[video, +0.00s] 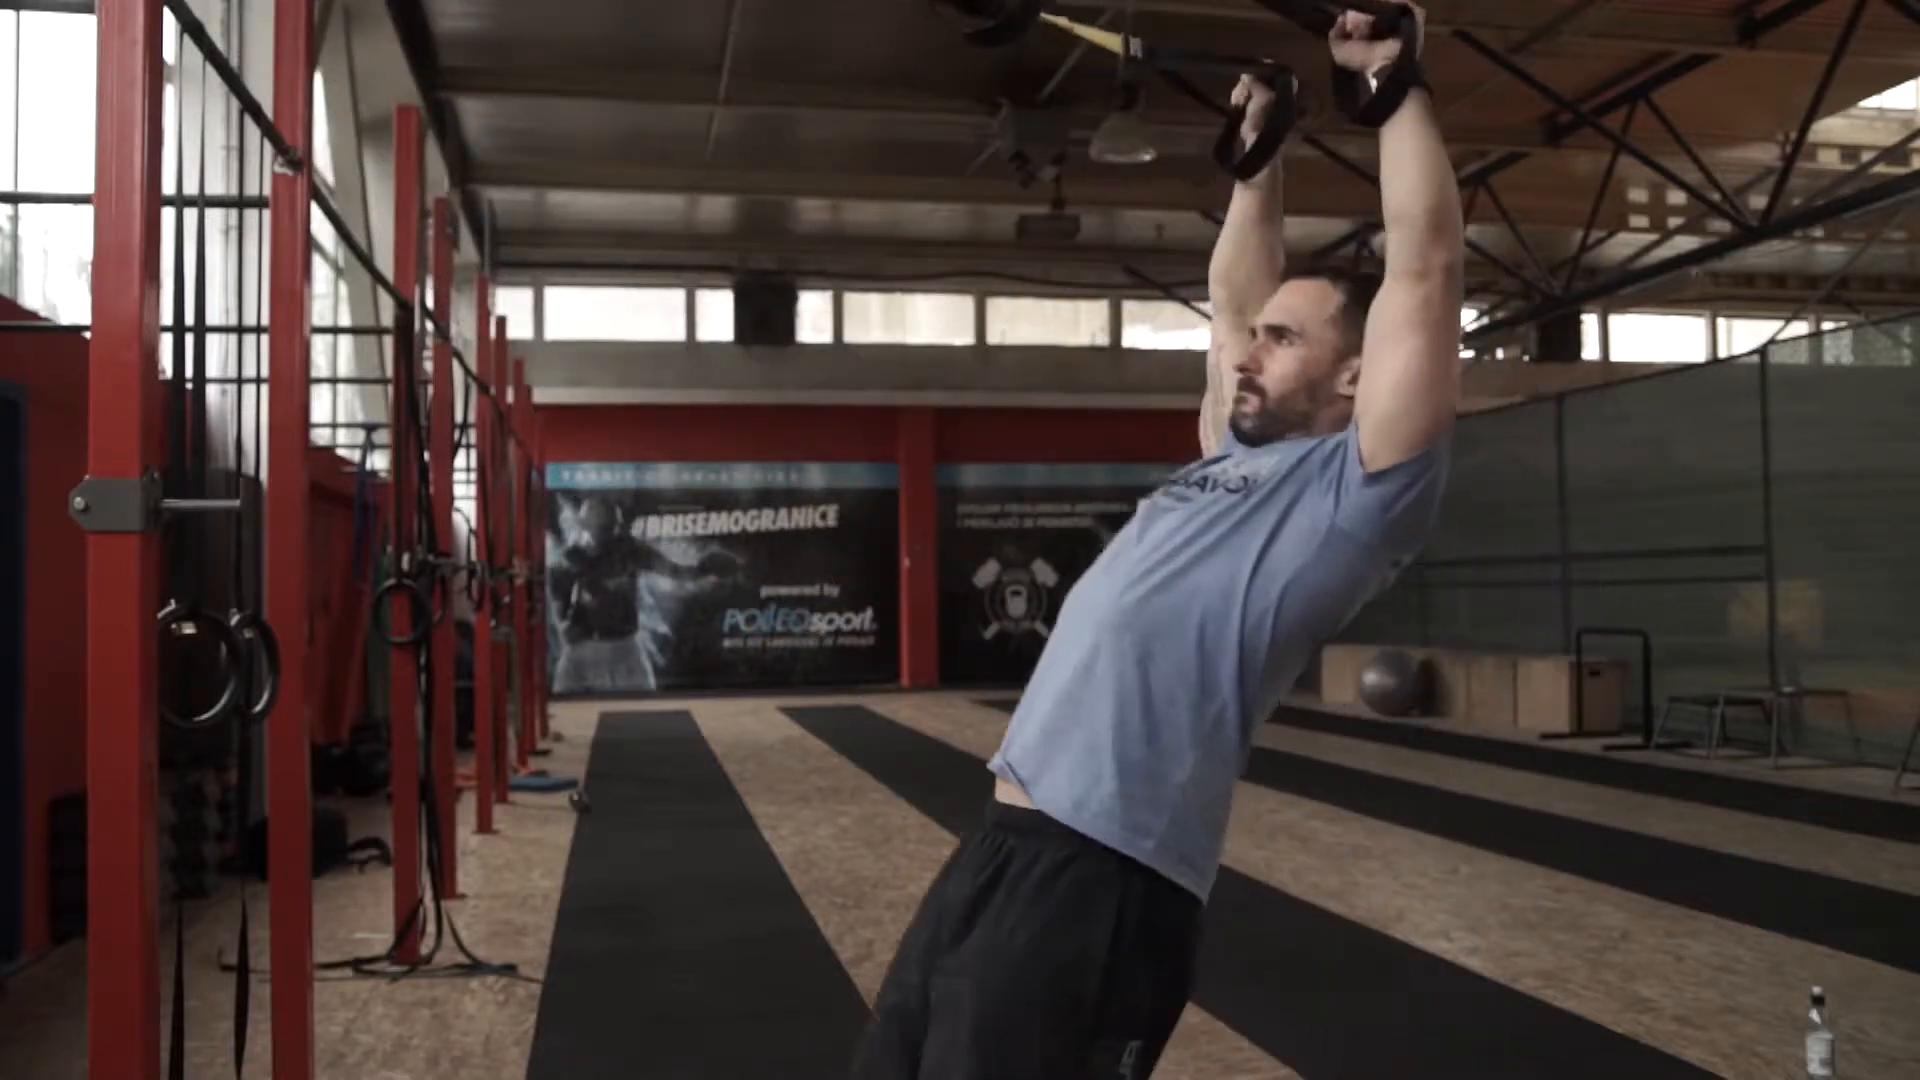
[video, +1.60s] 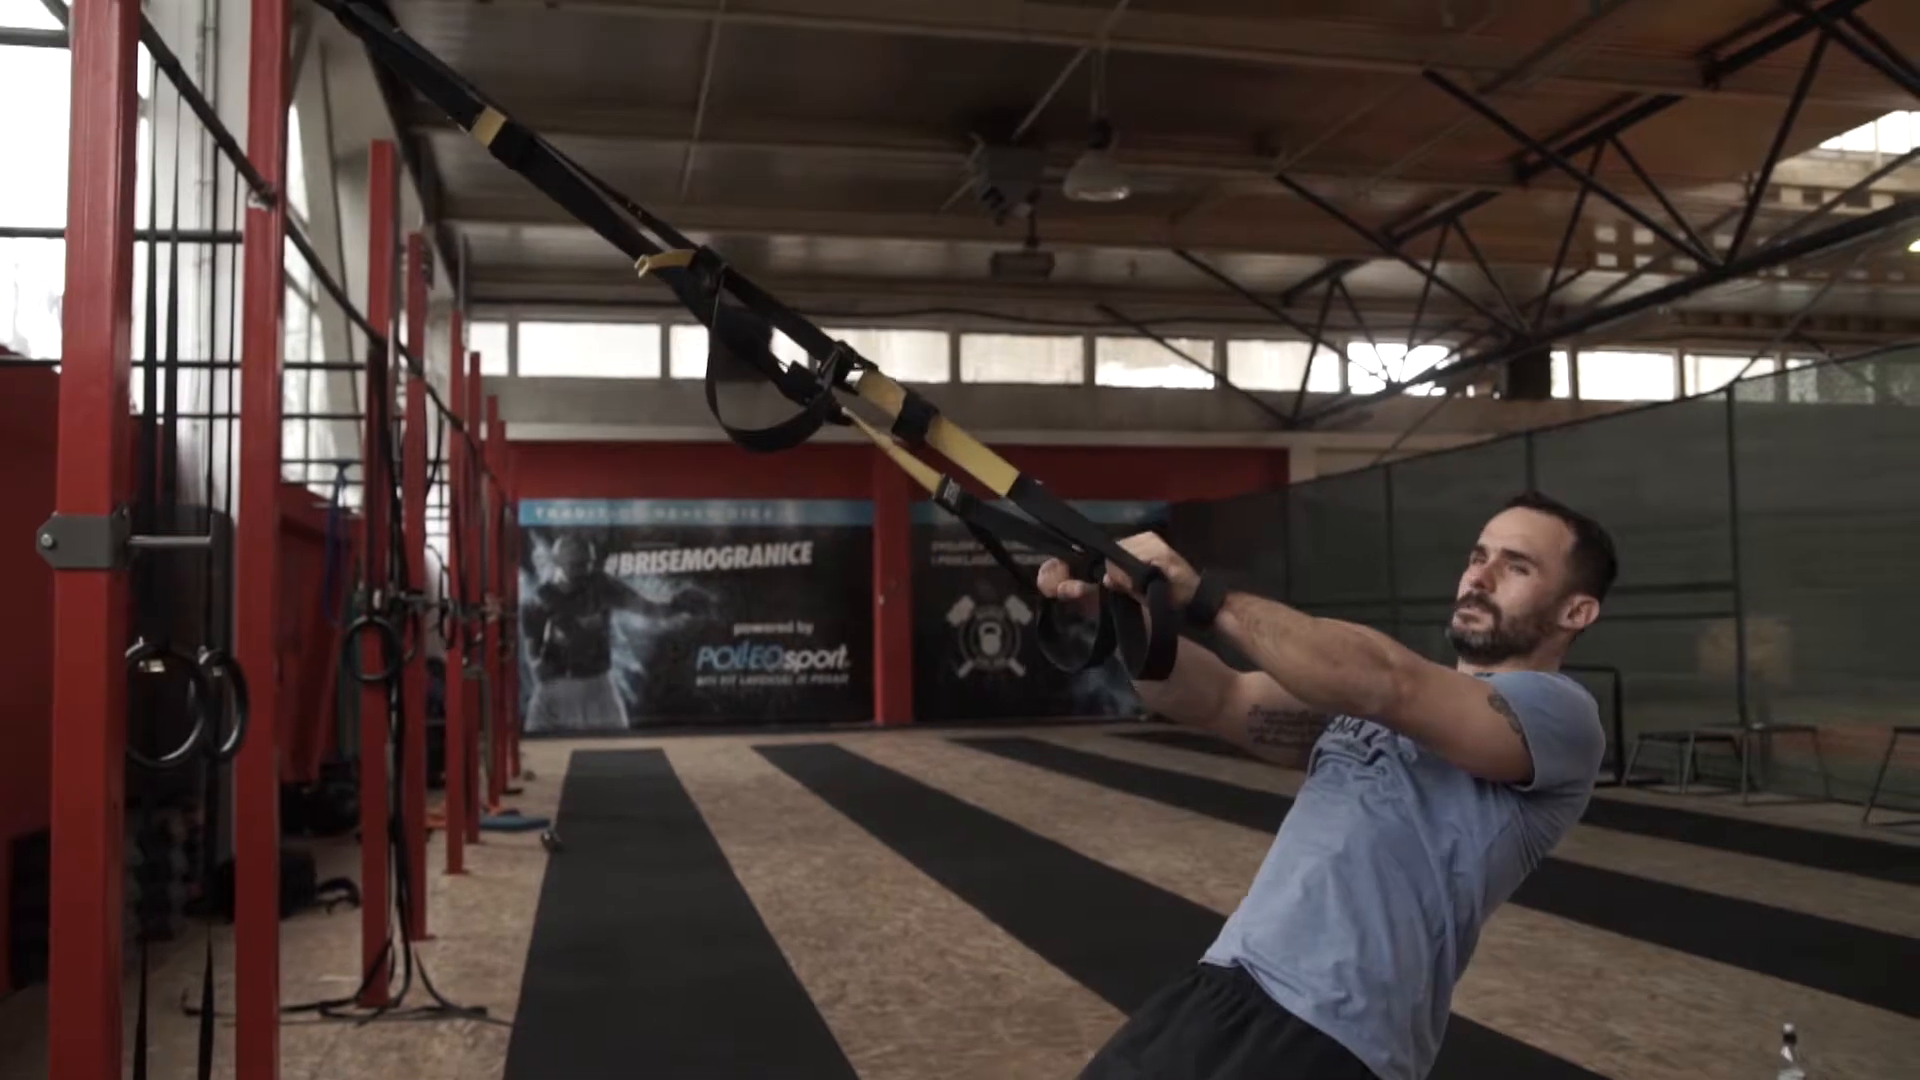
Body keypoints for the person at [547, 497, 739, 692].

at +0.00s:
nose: (600, 526)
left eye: (606, 518)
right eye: (593, 520)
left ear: (615, 519)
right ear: (582, 522)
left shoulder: (630, 549)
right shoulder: (571, 558)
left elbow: (673, 571)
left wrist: (702, 572)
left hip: (625, 648)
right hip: (580, 650)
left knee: (636, 716)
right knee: (573, 718)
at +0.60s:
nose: (602, 529)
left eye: (607, 521)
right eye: (594, 523)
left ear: (615, 520)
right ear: (583, 523)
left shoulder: (629, 549)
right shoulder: (571, 558)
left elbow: (673, 571)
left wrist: (703, 571)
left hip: (625, 649)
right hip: (581, 652)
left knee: (637, 717)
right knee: (573, 719)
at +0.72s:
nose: (600, 527)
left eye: (605, 520)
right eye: (594, 521)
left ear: (615, 520)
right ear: (583, 523)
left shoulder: (629, 549)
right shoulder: (573, 557)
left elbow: (672, 571)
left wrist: (702, 571)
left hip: (625, 647)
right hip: (581, 649)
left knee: (637, 714)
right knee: (573, 717)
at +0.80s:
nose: (600, 527)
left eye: (605, 520)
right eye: (594, 521)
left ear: (615, 520)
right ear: (583, 523)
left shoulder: (629, 549)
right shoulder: (573, 557)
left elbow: (672, 571)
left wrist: (702, 571)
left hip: (625, 647)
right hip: (581, 649)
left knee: (637, 714)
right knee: (573, 717)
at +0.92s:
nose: (601, 529)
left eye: (606, 521)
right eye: (594, 523)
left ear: (615, 520)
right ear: (583, 523)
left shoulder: (629, 549)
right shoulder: (572, 558)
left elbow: (672, 571)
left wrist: (702, 572)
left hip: (625, 648)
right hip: (581, 650)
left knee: (637, 716)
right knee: (573, 718)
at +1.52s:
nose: (583, 549)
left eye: (588, 542)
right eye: (577, 543)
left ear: (595, 540)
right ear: (563, 542)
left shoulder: (607, 566)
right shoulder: (549, 576)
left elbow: (651, 589)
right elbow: (539, 635)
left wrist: (680, 588)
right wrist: (551, 619)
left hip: (603, 669)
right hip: (558, 672)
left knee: (614, 740)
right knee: (549, 741)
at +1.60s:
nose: (580, 571)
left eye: (583, 564)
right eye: (573, 565)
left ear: (590, 561)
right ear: (558, 563)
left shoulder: (601, 586)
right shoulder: (541, 599)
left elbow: (645, 609)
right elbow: (534, 656)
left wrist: (675, 607)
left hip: (599, 689)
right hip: (553, 692)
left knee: (612, 759)